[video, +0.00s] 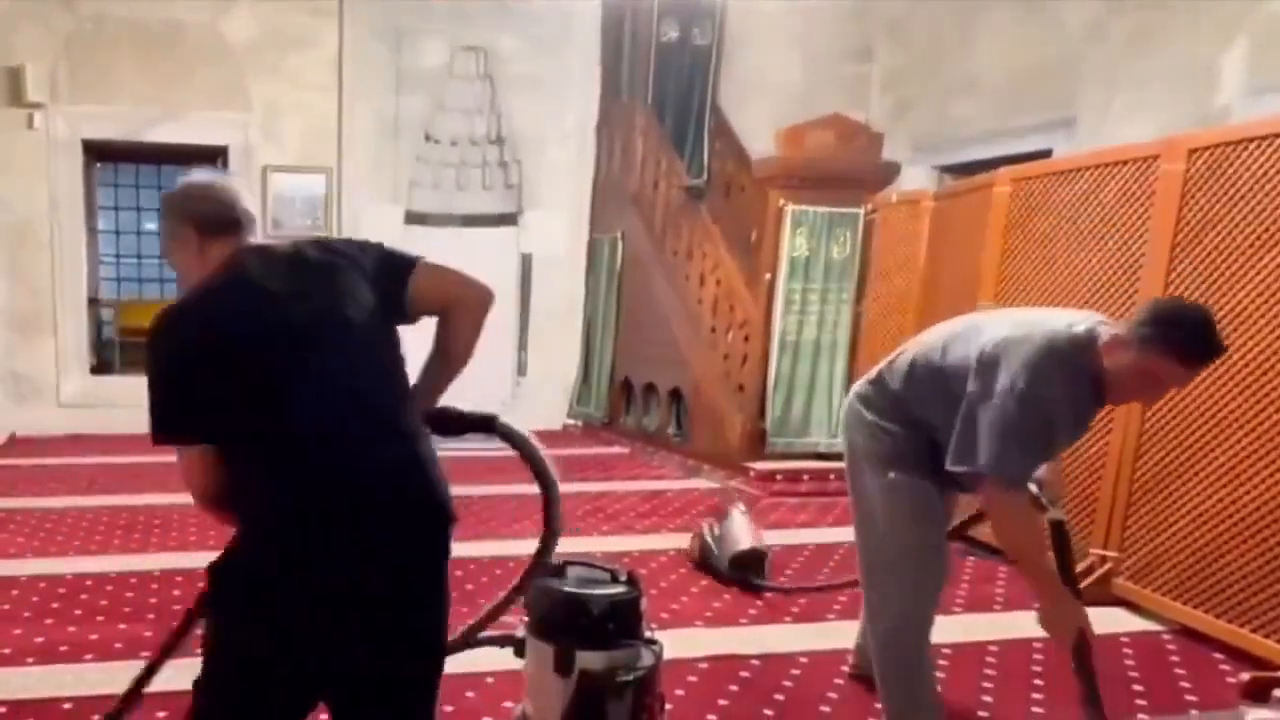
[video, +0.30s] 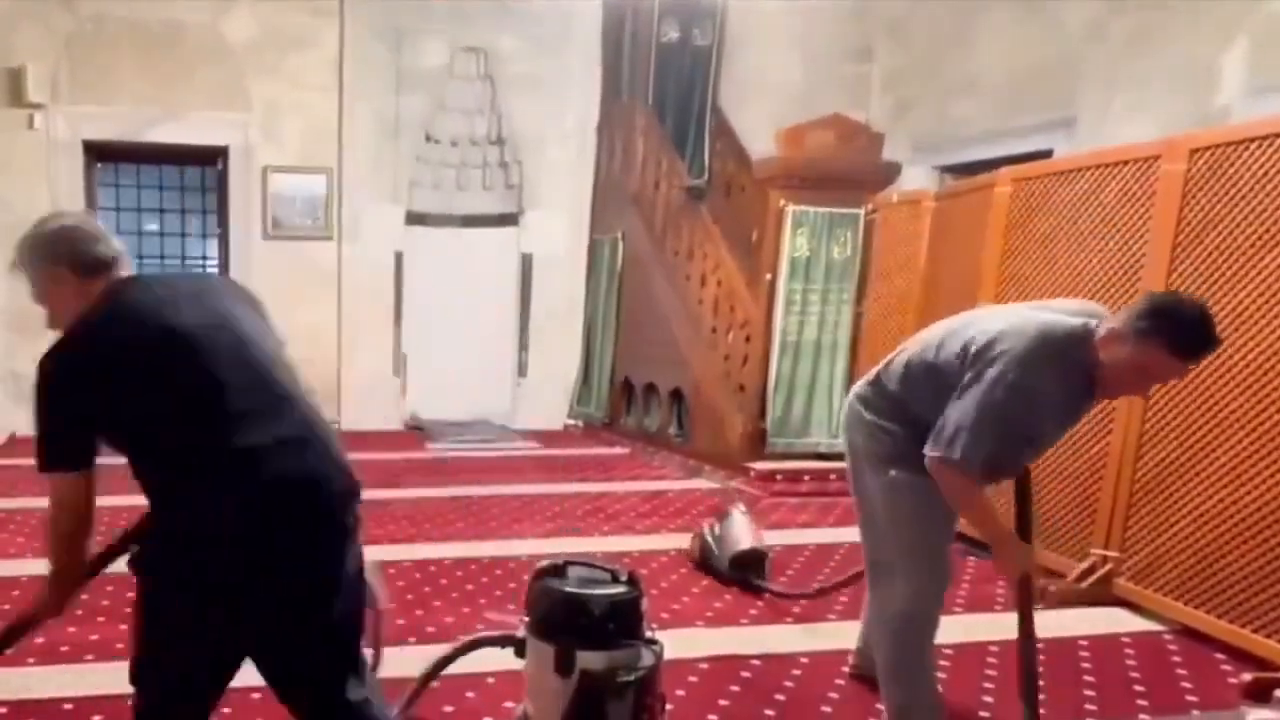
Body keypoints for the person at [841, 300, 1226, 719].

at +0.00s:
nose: (1154, 398)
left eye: (1168, 389)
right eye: (1155, 381)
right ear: (1124, 345)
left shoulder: (1098, 352)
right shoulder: (1037, 364)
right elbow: (1002, 491)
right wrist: (1052, 596)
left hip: (940, 431)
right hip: (890, 423)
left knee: (914, 559)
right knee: (910, 576)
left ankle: (873, 656)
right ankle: (913, 707)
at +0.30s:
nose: (1147, 392)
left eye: (1159, 383)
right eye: (1149, 376)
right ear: (1121, 342)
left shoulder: (1097, 332)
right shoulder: (1030, 357)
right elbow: (946, 460)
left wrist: (1004, 445)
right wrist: (1004, 543)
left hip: (933, 426)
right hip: (891, 423)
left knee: (910, 556)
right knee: (916, 579)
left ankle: (875, 656)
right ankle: (913, 708)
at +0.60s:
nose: (1146, 423)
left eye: (1161, 415)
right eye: (1149, 406)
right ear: (1121, 369)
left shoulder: (1104, 365)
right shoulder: (1029, 382)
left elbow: (1050, 424)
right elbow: (977, 510)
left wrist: (1042, 473)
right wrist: (1029, 604)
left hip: (943, 432)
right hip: (889, 429)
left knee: (919, 560)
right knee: (918, 579)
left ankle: (874, 656)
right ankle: (911, 706)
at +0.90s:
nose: (1142, 436)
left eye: (1157, 428)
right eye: (1144, 417)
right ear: (1117, 379)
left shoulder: (1098, 390)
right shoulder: (1028, 390)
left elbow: (1043, 474)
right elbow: (990, 525)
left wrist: (1039, 547)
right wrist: (1037, 637)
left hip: (943, 432)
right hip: (887, 423)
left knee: (926, 562)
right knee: (901, 590)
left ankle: (876, 653)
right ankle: (910, 706)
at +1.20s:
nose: (1166, 378)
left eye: (1177, 368)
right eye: (1170, 362)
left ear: (1133, 327)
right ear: (1136, 332)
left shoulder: (1094, 348)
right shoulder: (1046, 349)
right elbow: (963, 466)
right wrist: (1015, 543)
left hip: (932, 429)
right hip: (892, 421)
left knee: (920, 563)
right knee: (901, 583)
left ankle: (879, 656)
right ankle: (907, 707)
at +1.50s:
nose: (1189, 347)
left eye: (1199, 335)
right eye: (1191, 330)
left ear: (1146, 302)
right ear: (1157, 308)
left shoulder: (1095, 327)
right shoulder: (1074, 339)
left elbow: (1012, 432)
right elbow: (994, 447)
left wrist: (1022, 513)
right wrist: (1025, 520)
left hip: (916, 421)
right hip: (914, 430)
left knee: (918, 548)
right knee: (969, 565)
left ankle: (882, 655)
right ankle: (923, 707)